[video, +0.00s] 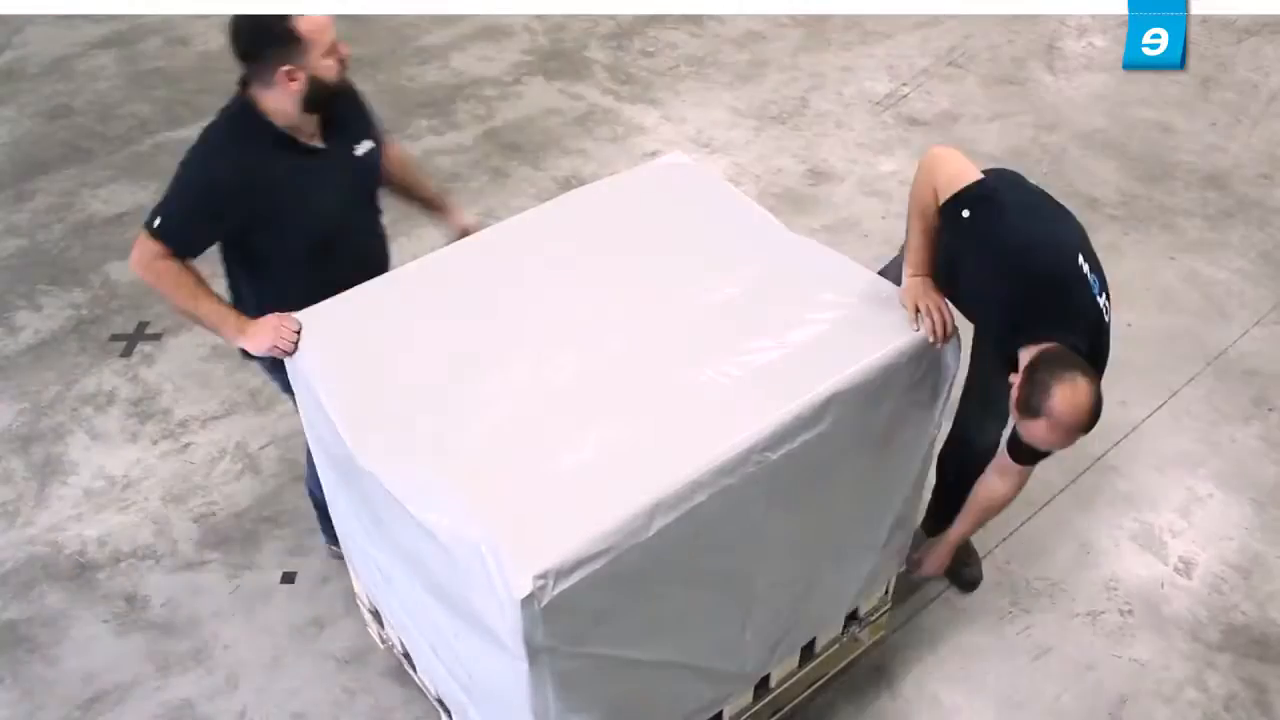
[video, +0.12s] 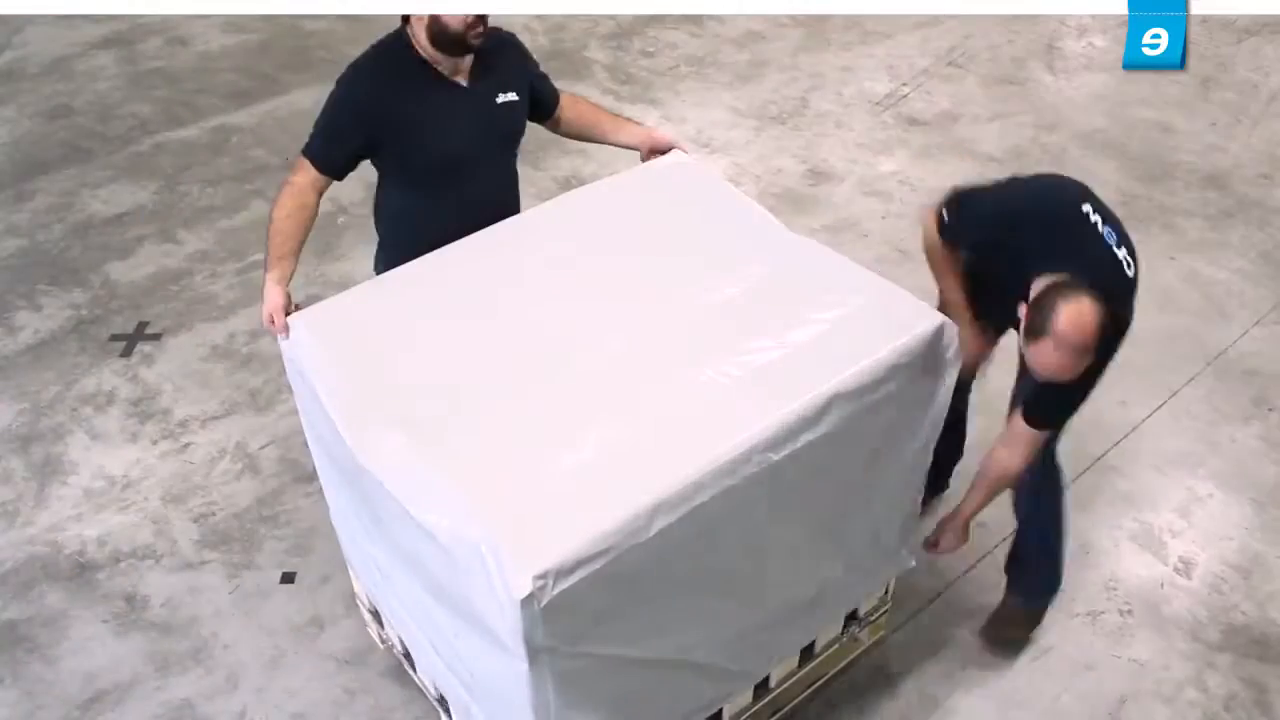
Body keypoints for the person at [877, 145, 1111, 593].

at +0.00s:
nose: (1030, 451)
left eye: (1042, 451)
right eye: (1029, 443)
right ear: (1017, 385)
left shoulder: (1070, 383)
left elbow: (1006, 475)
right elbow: (936, 164)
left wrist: (948, 542)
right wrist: (918, 276)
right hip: (960, 247)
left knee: (980, 437)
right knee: (865, 342)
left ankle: (942, 530)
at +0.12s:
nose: (1044, 383)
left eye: (1057, 379)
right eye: (1040, 371)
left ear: (1093, 351)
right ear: (1027, 315)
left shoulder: (1100, 336)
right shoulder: (1001, 221)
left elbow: (1020, 444)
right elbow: (935, 226)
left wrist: (963, 518)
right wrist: (964, 325)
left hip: (1104, 269)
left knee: (1033, 451)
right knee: (953, 368)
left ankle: (1029, 589)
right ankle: (925, 482)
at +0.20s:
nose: (1015, 493)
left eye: (1022, 489)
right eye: (1001, 482)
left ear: (1056, 459)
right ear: (990, 429)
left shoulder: (1088, 463)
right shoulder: (988, 361)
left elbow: (1033, 527)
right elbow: (966, 428)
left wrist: (965, 569)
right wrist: (933, 506)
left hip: (1212, 324)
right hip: (1140, 257)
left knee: (1095, 479)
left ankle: (1025, 610)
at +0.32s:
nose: (1075, 300)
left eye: (1087, 303)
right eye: (1078, 284)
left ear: (1139, 310)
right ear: (1104, 241)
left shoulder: (1182, 331)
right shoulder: (1083, 206)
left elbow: (1107, 446)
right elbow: (1034, 256)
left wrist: (1024, 503)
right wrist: (1013, 323)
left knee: (1096, 476)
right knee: (1077, 406)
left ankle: (1030, 602)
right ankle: (1072, 473)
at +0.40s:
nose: (1155, 97)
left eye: (1181, 89)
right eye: (1162, 78)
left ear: (1234, 112)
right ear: (1158, 70)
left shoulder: (1242, 228)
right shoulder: (1126, 121)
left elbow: (1149, 365)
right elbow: (1052, 210)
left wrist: (1016, 365)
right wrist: (975, 283)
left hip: (1142, 383)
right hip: (1069, 332)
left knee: (1073, 520)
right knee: (1004, 444)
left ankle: (1027, 605)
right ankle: (1069, 515)